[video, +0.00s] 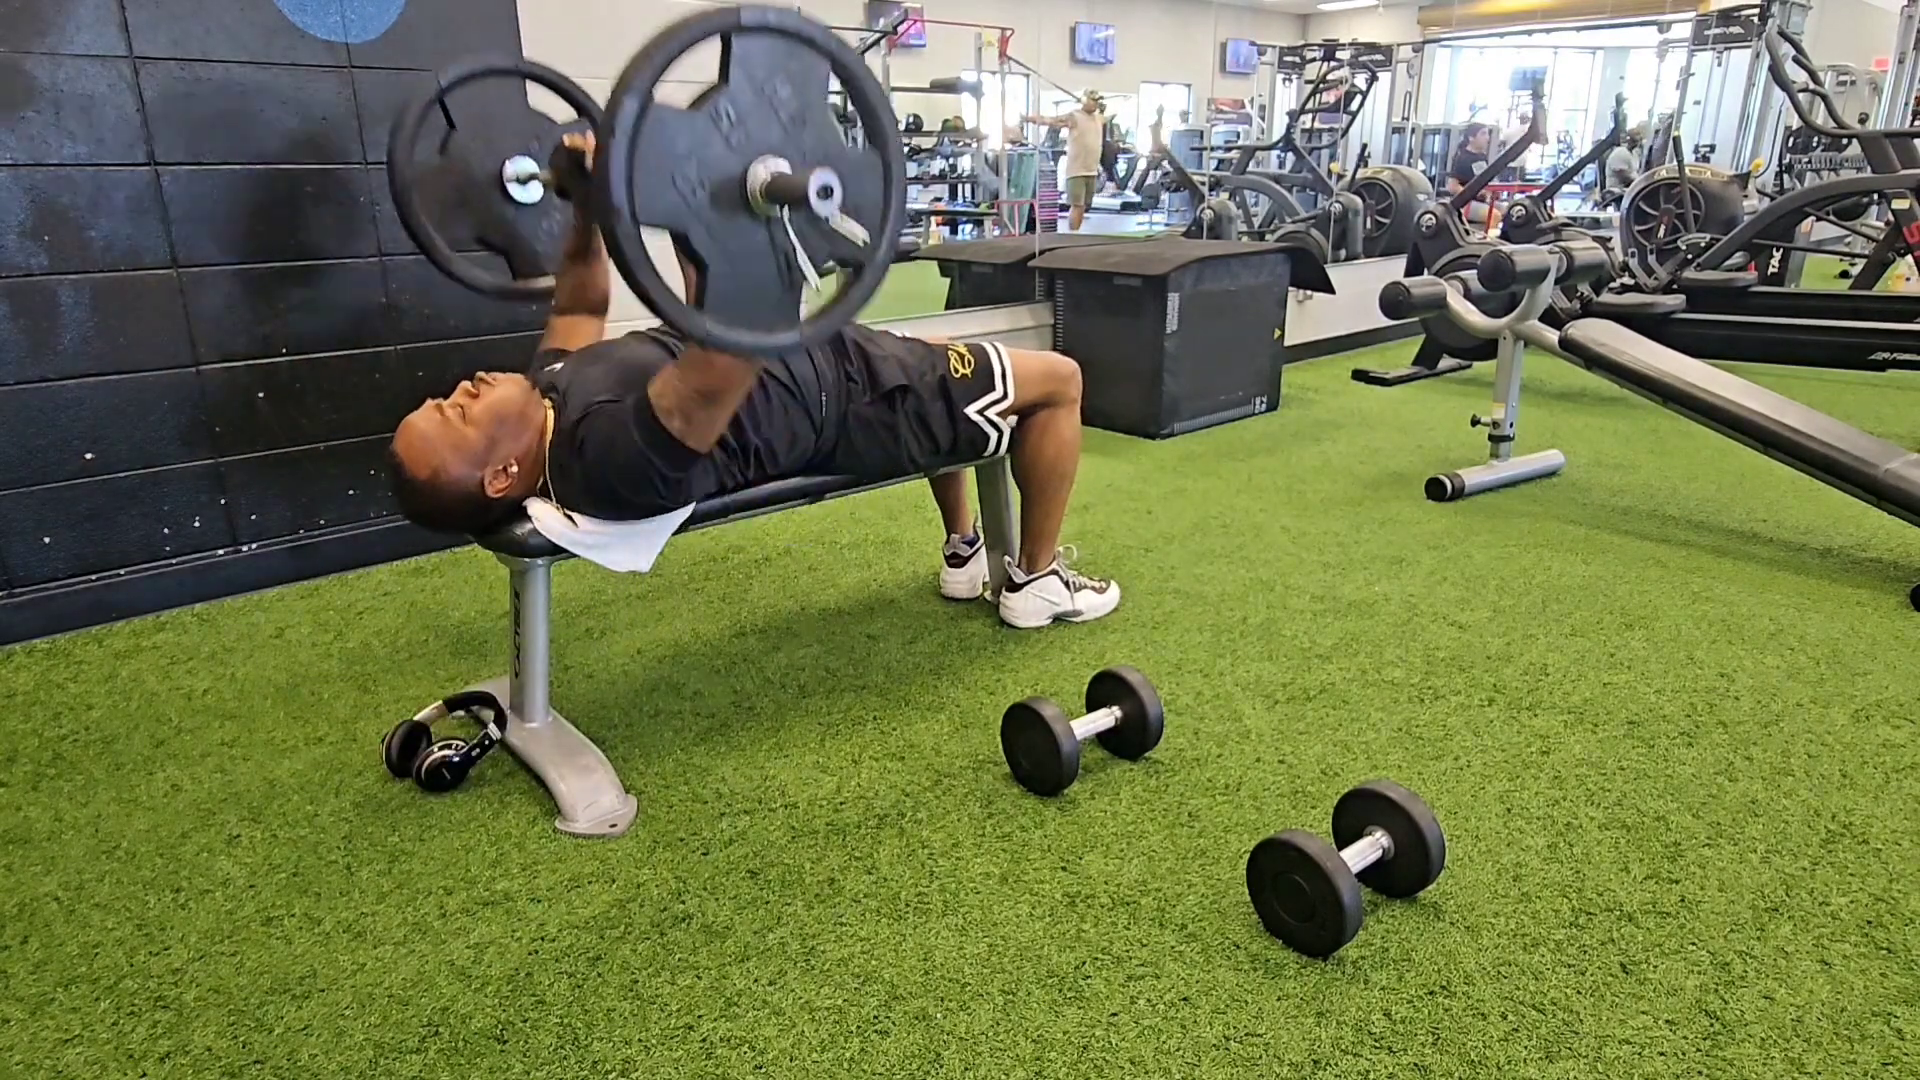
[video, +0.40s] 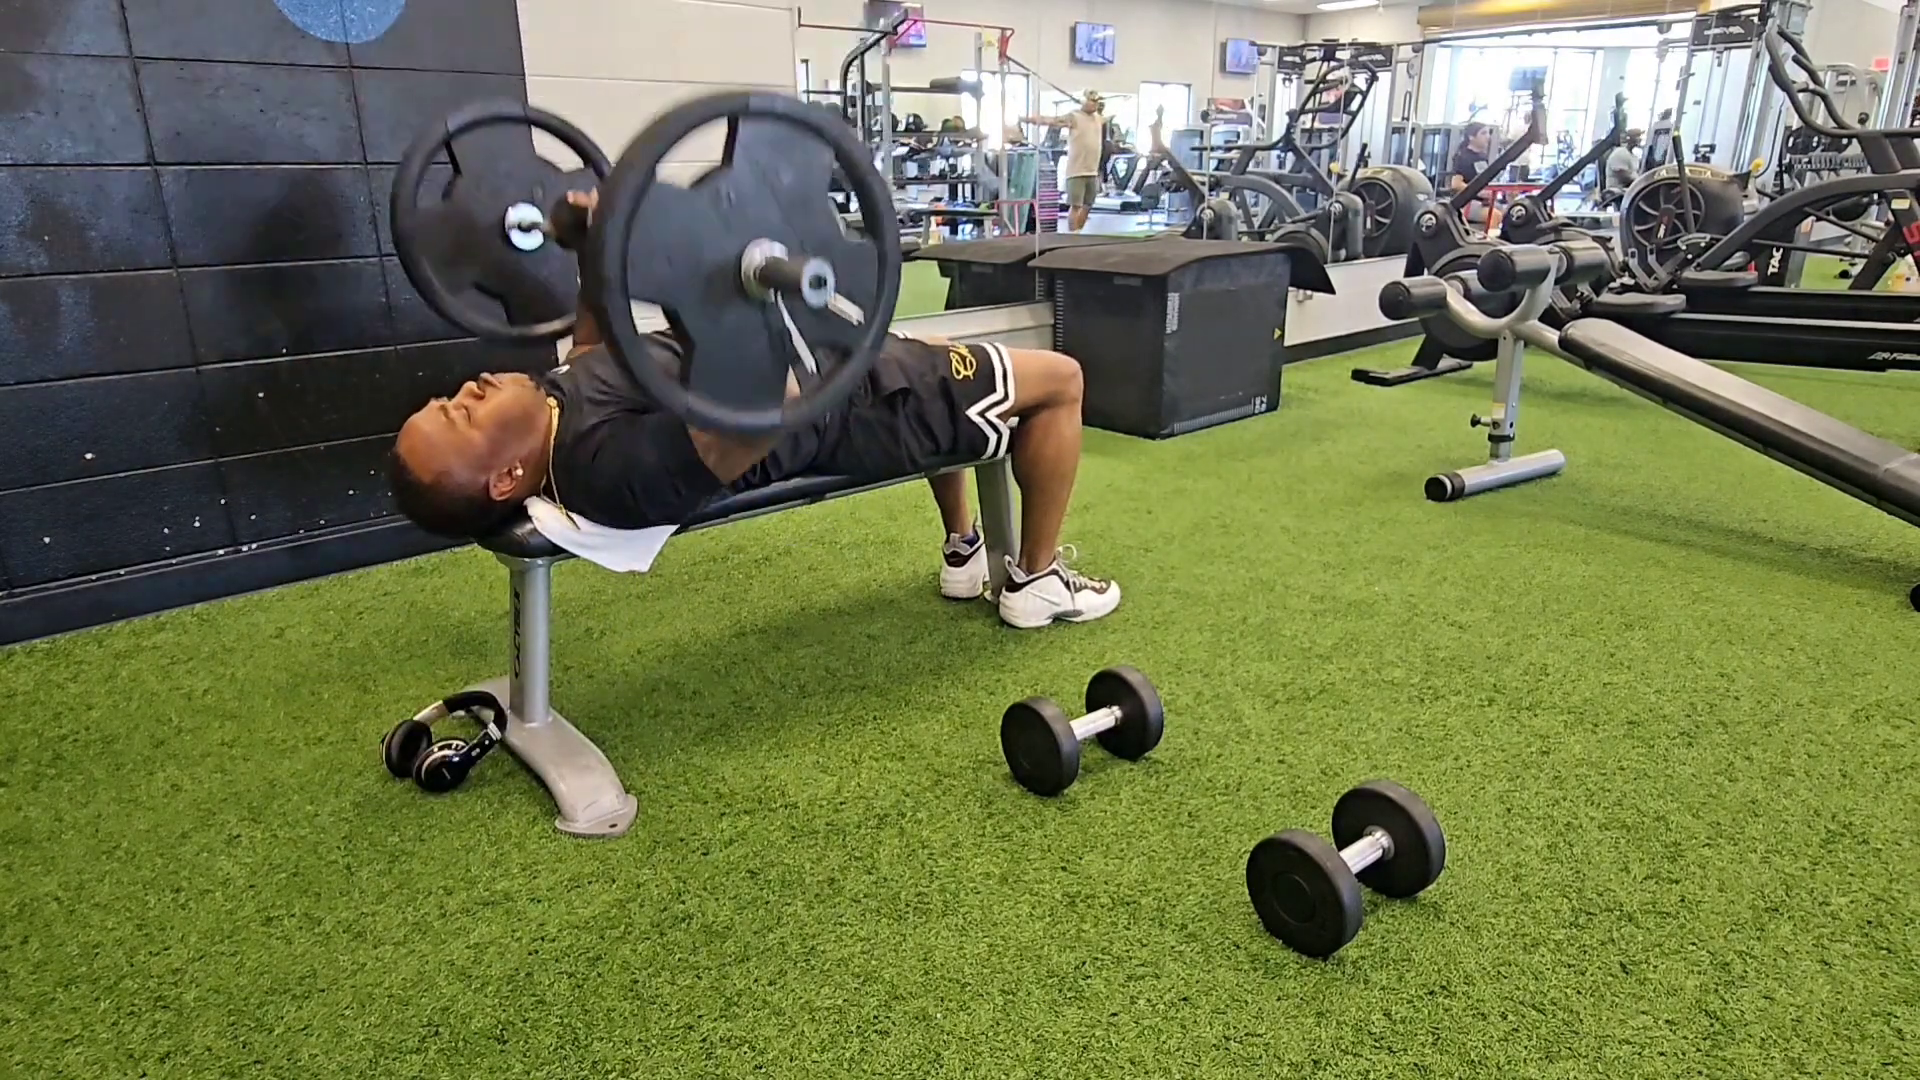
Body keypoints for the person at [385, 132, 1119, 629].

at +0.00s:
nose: (467, 377)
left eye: (445, 392)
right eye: (457, 405)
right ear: (505, 473)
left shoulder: (545, 395)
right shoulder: (608, 460)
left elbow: (575, 313)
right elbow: (715, 371)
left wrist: (585, 204)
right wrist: (719, 221)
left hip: (804, 358)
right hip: (844, 401)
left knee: (937, 349)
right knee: (1060, 380)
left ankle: (965, 546)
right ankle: (1039, 578)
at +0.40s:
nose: (472, 381)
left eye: (449, 393)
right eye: (461, 409)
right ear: (505, 482)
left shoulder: (555, 408)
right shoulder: (613, 469)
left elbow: (598, 348)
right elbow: (737, 436)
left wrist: (592, 252)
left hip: (797, 373)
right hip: (843, 412)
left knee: (931, 349)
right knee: (1059, 379)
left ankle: (967, 549)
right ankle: (1037, 578)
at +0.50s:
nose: (477, 376)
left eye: (455, 393)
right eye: (469, 404)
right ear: (513, 472)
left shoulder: (558, 393)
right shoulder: (612, 473)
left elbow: (653, 354)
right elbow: (757, 479)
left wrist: (614, 301)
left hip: (776, 377)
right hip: (832, 427)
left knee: (938, 350)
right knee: (1064, 380)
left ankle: (965, 549)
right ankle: (1039, 577)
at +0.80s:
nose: (490, 382)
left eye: (470, 388)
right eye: (482, 405)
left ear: (502, 374)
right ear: (518, 472)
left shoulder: (562, 393)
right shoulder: (598, 457)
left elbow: (632, 345)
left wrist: (561, 315)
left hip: (803, 357)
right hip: (854, 411)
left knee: (945, 344)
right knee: (1067, 379)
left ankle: (967, 544)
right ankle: (1040, 577)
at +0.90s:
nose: (495, 385)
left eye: (484, 383)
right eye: (483, 400)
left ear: (487, 393)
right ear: (488, 450)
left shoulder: (542, 396)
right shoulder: (553, 449)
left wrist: (471, 326)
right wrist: (496, 346)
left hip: (790, 349)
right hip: (834, 393)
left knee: (942, 345)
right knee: (1061, 375)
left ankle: (970, 548)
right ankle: (1040, 575)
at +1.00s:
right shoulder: (545, 415)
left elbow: (516, 271)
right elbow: (686, 332)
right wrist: (556, 324)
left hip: (788, 351)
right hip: (829, 395)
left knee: (942, 354)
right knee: (1055, 374)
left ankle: (968, 550)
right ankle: (1041, 573)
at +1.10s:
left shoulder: (434, 426)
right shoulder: (533, 472)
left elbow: (466, 286)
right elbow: (609, 328)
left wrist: (378, 402)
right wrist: (484, 401)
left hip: (773, 345)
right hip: (821, 390)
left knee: (935, 353)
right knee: (1053, 374)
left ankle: (966, 549)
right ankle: (1041, 572)